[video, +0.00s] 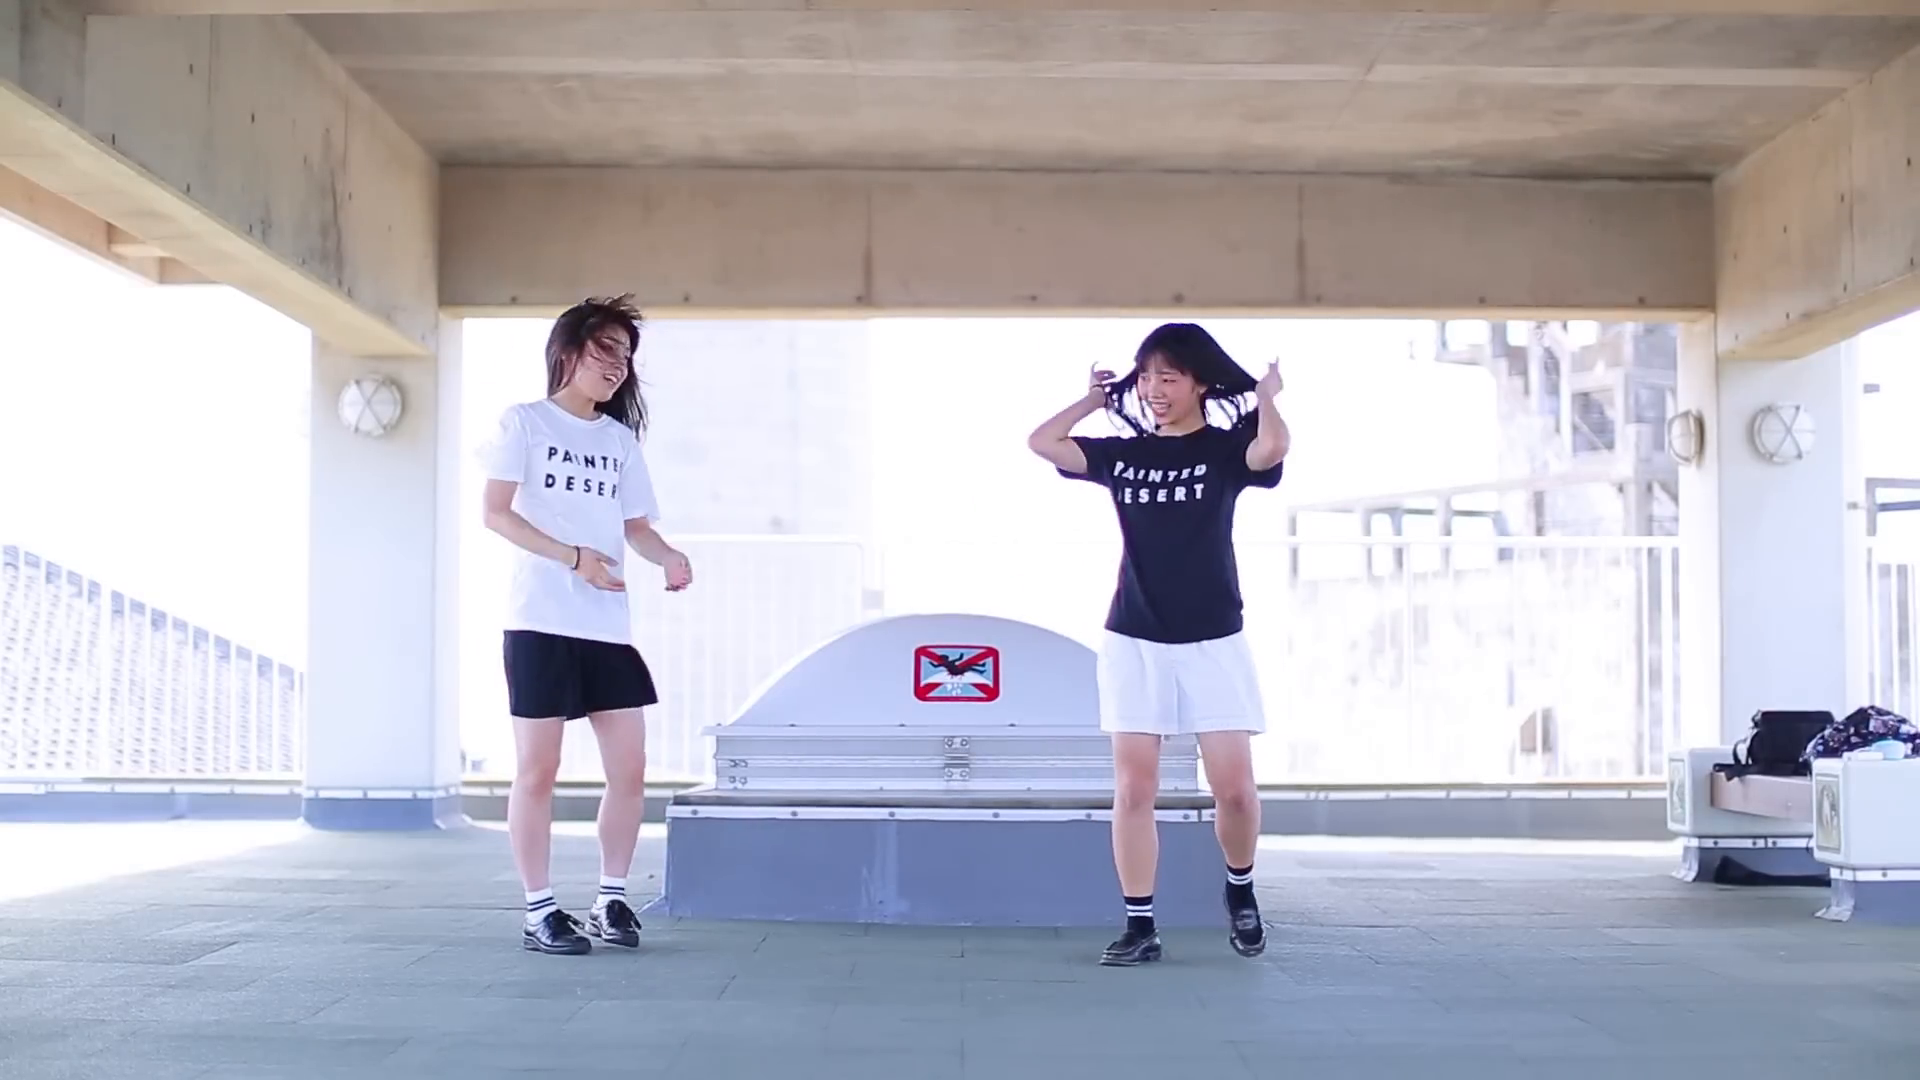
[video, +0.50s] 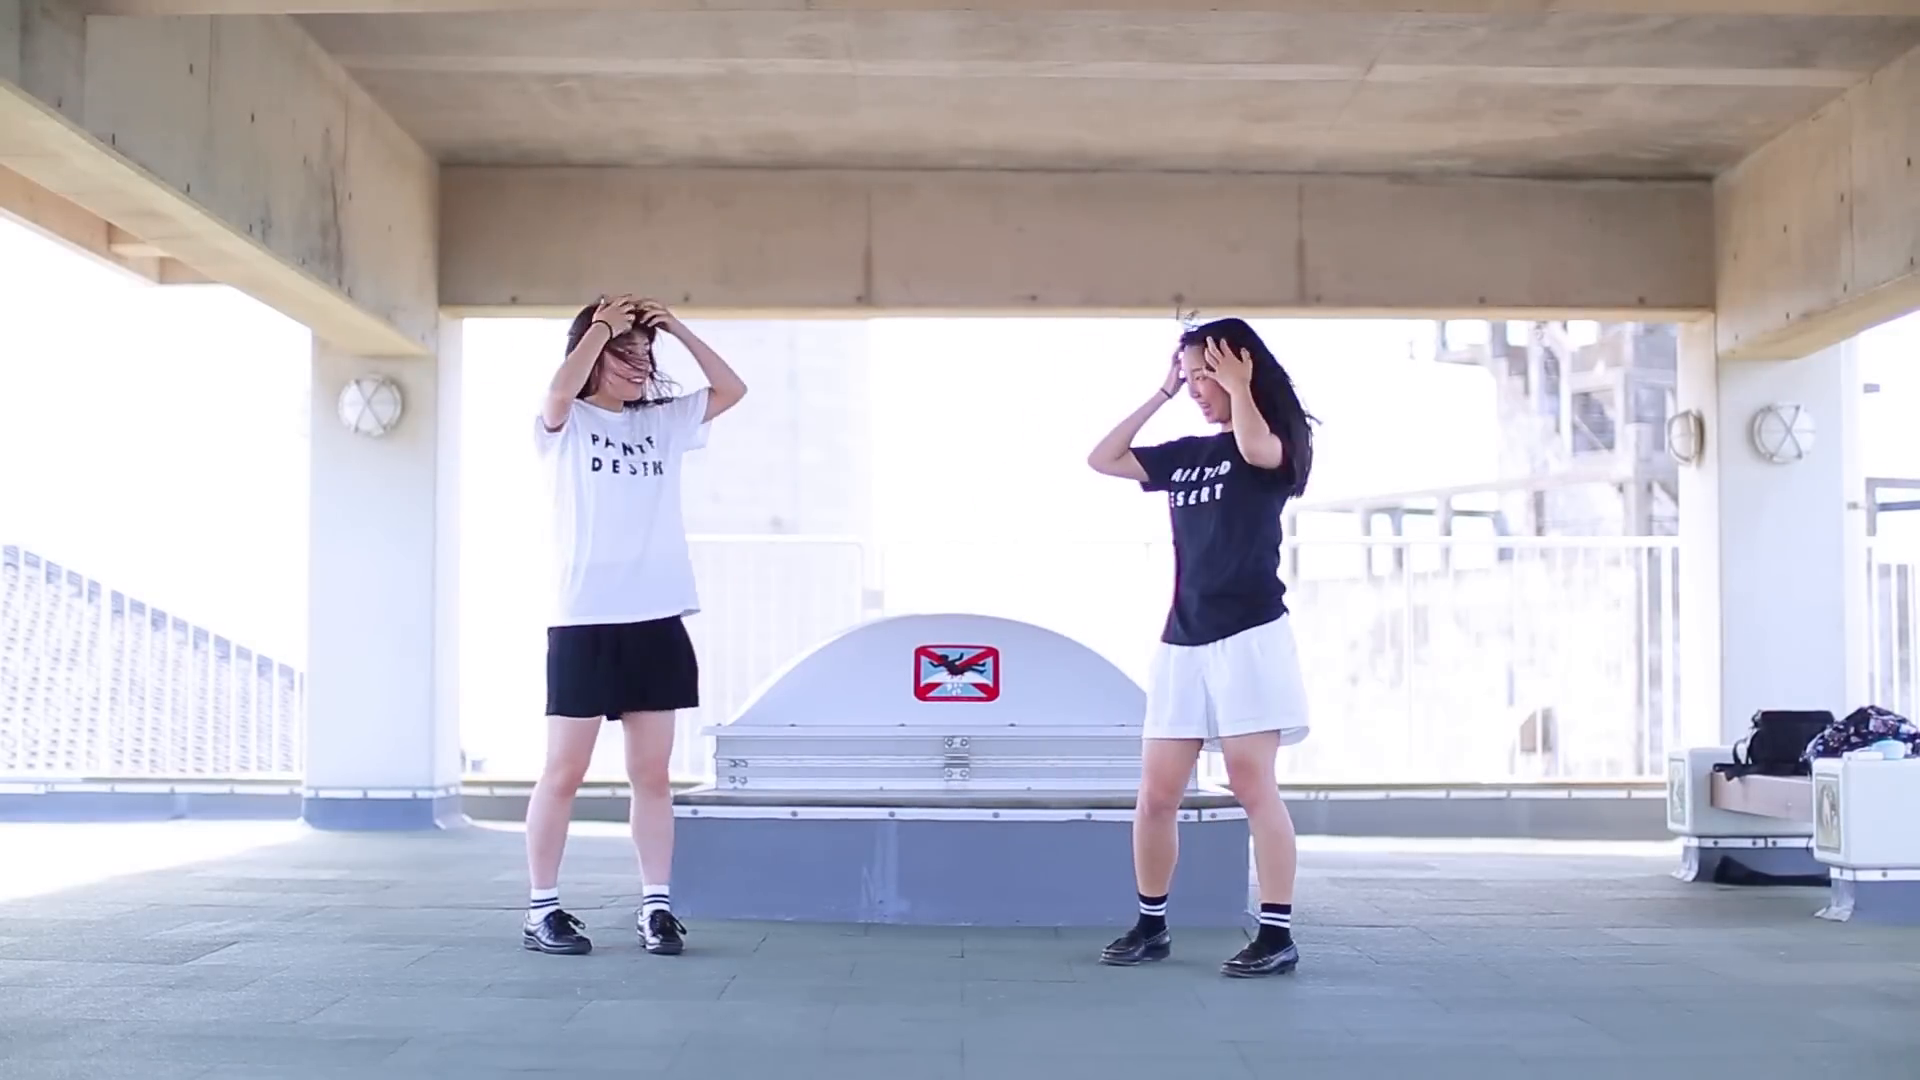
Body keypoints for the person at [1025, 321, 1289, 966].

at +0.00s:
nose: (1156, 390)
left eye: (1170, 377)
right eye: (1148, 379)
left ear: (1201, 383)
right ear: (1140, 387)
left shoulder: (1225, 447)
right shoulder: (1121, 455)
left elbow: (1273, 447)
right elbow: (1042, 442)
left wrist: (1266, 398)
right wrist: (1093, 399)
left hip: (1212, 638)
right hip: (1134, 639)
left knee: (1235, 791)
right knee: (1133, 788)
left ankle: (1241, 895)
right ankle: (1139, 928)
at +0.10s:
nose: (1151, 375)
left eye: (1166, 363)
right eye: (1147, 363)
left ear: (1201, 374)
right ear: (1141, 373)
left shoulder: (1224, 443)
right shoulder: (1124, 454)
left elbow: (1260, 484)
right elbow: (1045, 473)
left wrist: (1288, 416)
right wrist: (1064, 413)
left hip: (1211, 633)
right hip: (1133, 635)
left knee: (1225, 786)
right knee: (1133, 787)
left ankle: (1253, 900)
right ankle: (1139, 928)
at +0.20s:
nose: (1160, 376)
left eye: (1174, 364)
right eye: (1155, 365)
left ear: (1207, 372)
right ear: (1151, 374)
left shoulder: (1232, 440)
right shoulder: (1132, 453)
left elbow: (1248, 472)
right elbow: (1052, 471)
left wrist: (1267, 388)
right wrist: (1076, 395)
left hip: (1214, 633)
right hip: (1139, 634)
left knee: (1218, 782)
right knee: (1136, 787)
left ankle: (1264, 926)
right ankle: (1139, 929)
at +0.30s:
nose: (1173, 384)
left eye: (1186, 372)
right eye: (1168, 374)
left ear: (1221, 376)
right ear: (1164, 380)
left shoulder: (1245, 445)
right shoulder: (1145, 454)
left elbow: (1245, 456)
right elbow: (1068, 460)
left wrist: (1235, 369)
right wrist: (1117, 389)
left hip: (1223, 638)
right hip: (1149, 639)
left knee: (1229, 785)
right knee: (1139, 790)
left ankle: (1272, 935)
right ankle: (1140, 930)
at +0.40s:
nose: (1187, 386)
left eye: (1198, 372)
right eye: (1181, 374)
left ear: (1232, 375)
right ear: (1178, 382)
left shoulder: (1265, 444)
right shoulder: (1169, 453)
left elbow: (1251, 447)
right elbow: (1087, 455)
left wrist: (1228, 380)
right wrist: (1146, 391)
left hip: (1237, 635)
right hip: (1166, 638)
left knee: (1241, 784)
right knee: (1145, 794)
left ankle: (1273, 935)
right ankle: (1142, 929)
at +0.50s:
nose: (1196, 393)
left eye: (1205, 379)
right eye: (1189, 383)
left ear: (1242, 377)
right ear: (1189, 386)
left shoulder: (1282, 442)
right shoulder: (1187, 453)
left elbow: (1258, 451)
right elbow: (1105, 458)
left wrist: (1244, 387)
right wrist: (1161, 396)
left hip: (1251, 637)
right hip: (1182, 642)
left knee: (1253, 786)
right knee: (1156, 796)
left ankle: (1275, 936)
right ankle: (1150, 926)